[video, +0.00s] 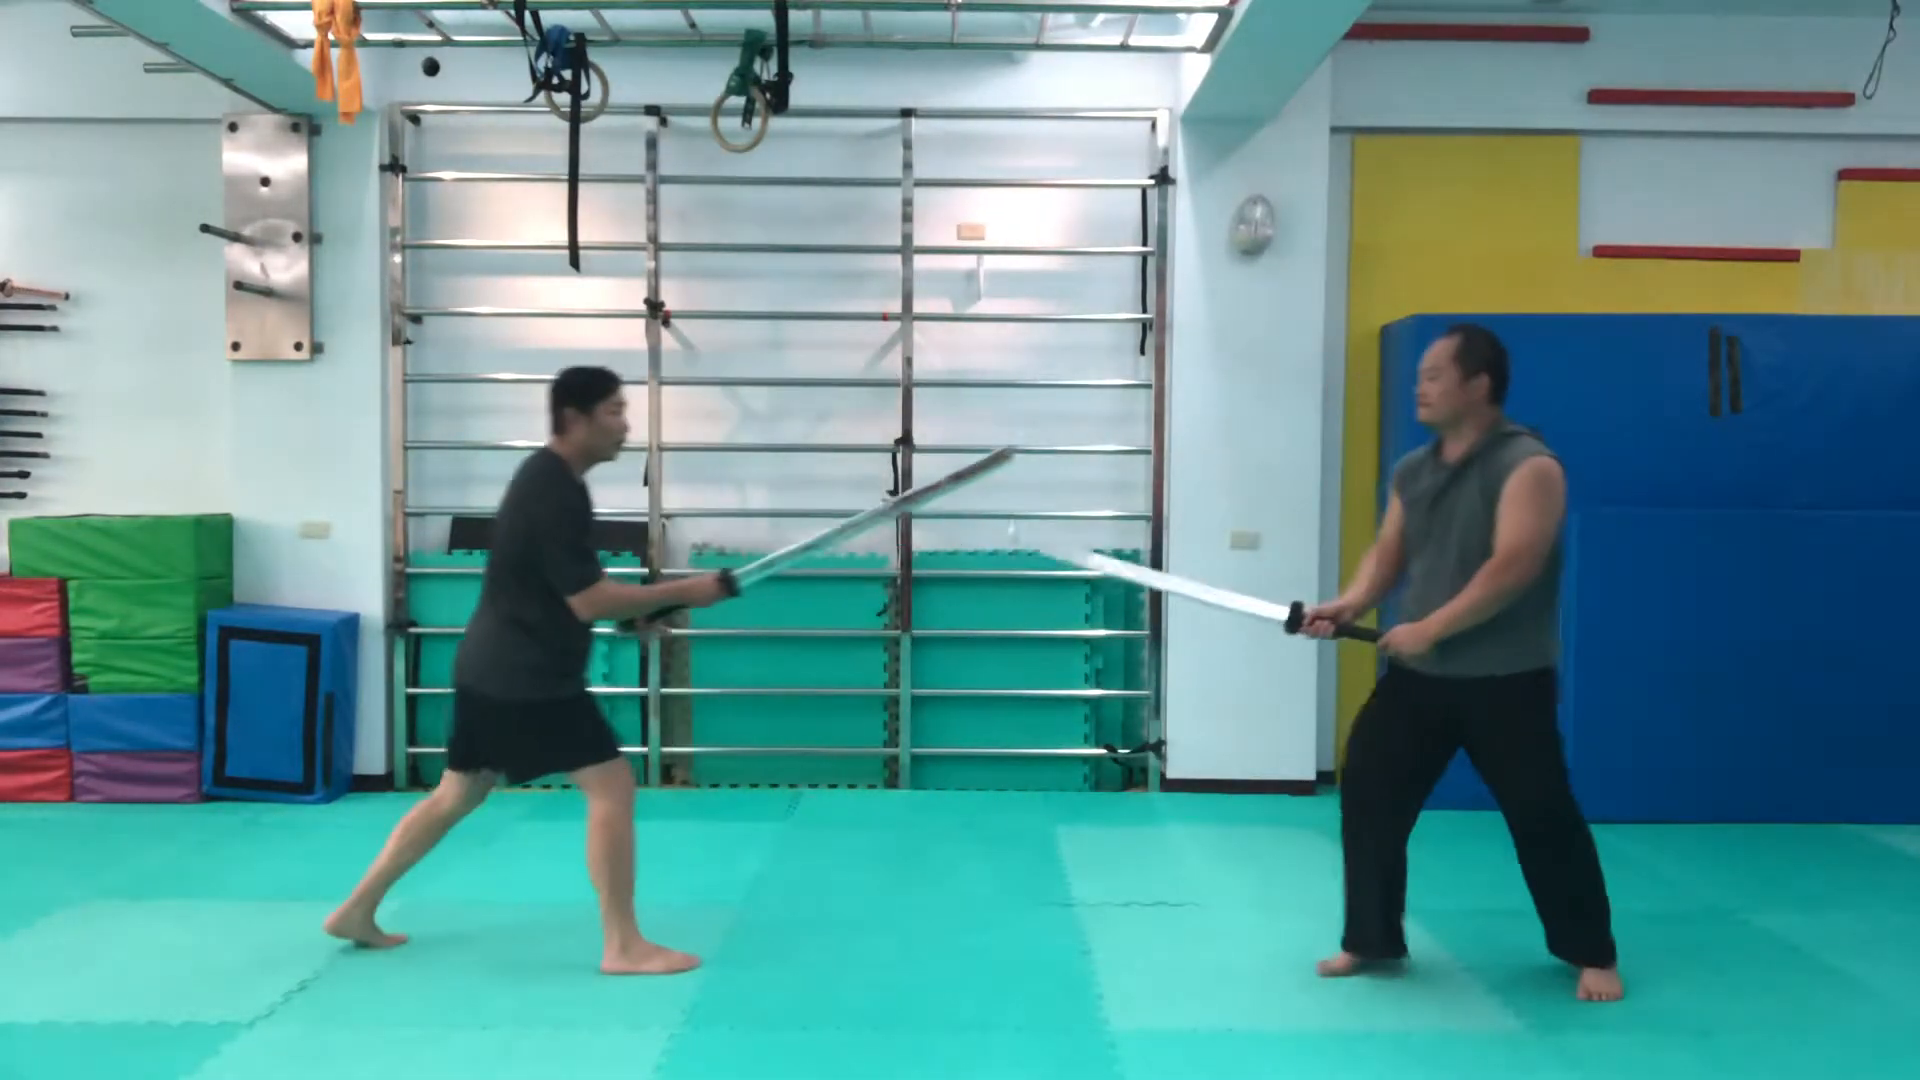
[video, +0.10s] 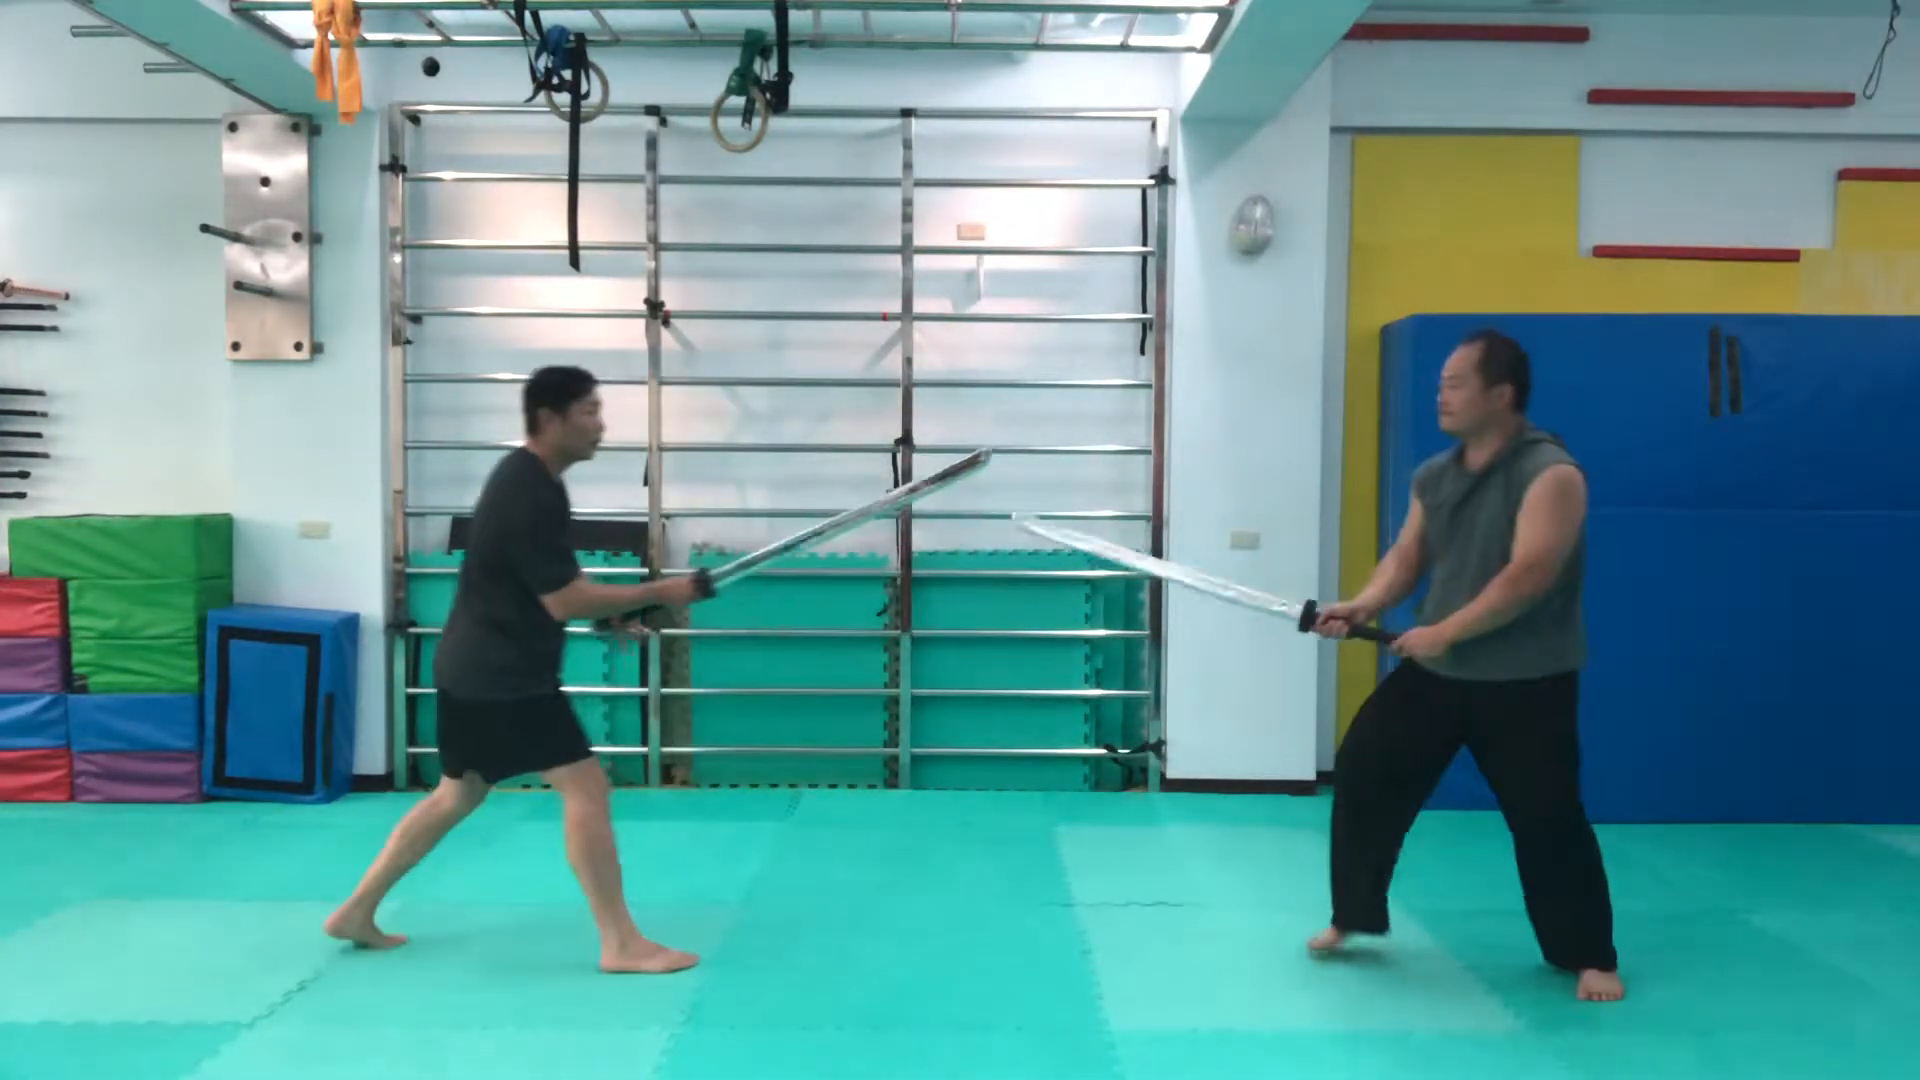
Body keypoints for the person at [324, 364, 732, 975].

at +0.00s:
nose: (625, 424)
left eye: (623, 412)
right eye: (614, 412)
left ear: (571, 421)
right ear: (573, 419)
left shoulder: (539, 477)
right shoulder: (557, 489)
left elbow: (559, 585)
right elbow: (588, 597)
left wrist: (630, 606)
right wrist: (682, 592)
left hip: (488, 673)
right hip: (534, 681)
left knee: (455, 793)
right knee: (611, 785)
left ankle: (355, 912)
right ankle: (623, 946)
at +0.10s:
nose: (601, 423)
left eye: (599, 411)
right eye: (589, 412)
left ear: (547, 421)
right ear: (549, 419)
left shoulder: (517, 476)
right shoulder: (533, 489)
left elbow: (537, 582)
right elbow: (566, 597)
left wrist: (602, 612)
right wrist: (658, 592)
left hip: (469, 672)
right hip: (512, 679)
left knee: (458, 793)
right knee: (586, 788)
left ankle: (356, 911)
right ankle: (621, 943)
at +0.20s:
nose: (590, 419)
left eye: (588, 407)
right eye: (578, 409)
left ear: (539, 420)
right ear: (536, 417)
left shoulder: (525, 479)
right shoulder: (518, 488)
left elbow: (548, 567)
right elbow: (549, 597)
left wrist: (592, 608)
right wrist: (646, 594)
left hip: (467, 671)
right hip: (501, 676)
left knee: (460, 794)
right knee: (578, 784)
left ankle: (357, 912)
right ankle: (616, 940)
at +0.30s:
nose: (593, 420)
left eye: (592, 409)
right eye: (582, 409)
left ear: (548, 420)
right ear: (541, 417)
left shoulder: (543, 483)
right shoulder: (516, 490)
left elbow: (554, 567)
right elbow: (540, 598)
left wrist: (590, 612)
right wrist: (641, 602)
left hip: (478, 668)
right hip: (502, 673)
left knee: (472, 796)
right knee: (585, 777)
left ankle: (361, 910)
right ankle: (617, 936)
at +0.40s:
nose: (609, 431)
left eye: (608, 419)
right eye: (597, 419)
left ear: (564, 429)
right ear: (558, 427)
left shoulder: (568, 495)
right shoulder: (525, 495)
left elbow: (570, 583)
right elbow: (538, 603)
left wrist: (599, 626)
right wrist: (641, 613)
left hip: (499, 677)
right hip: (511, 678)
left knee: (486, 804)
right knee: (613, 769)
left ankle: (365, 908)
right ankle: (622, 930)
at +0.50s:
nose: (642, 447)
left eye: (640, 435)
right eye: (632, 436)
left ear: (602, 445)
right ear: (595, 443)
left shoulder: (603, 515)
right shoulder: (553, 507)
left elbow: (589, 602)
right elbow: (555, 606)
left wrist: (612, 640)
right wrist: (657, 616)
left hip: (528, 689)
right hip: (538, 689)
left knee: (490, 813)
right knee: (659, 770)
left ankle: (365, 909)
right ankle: (653, 930)